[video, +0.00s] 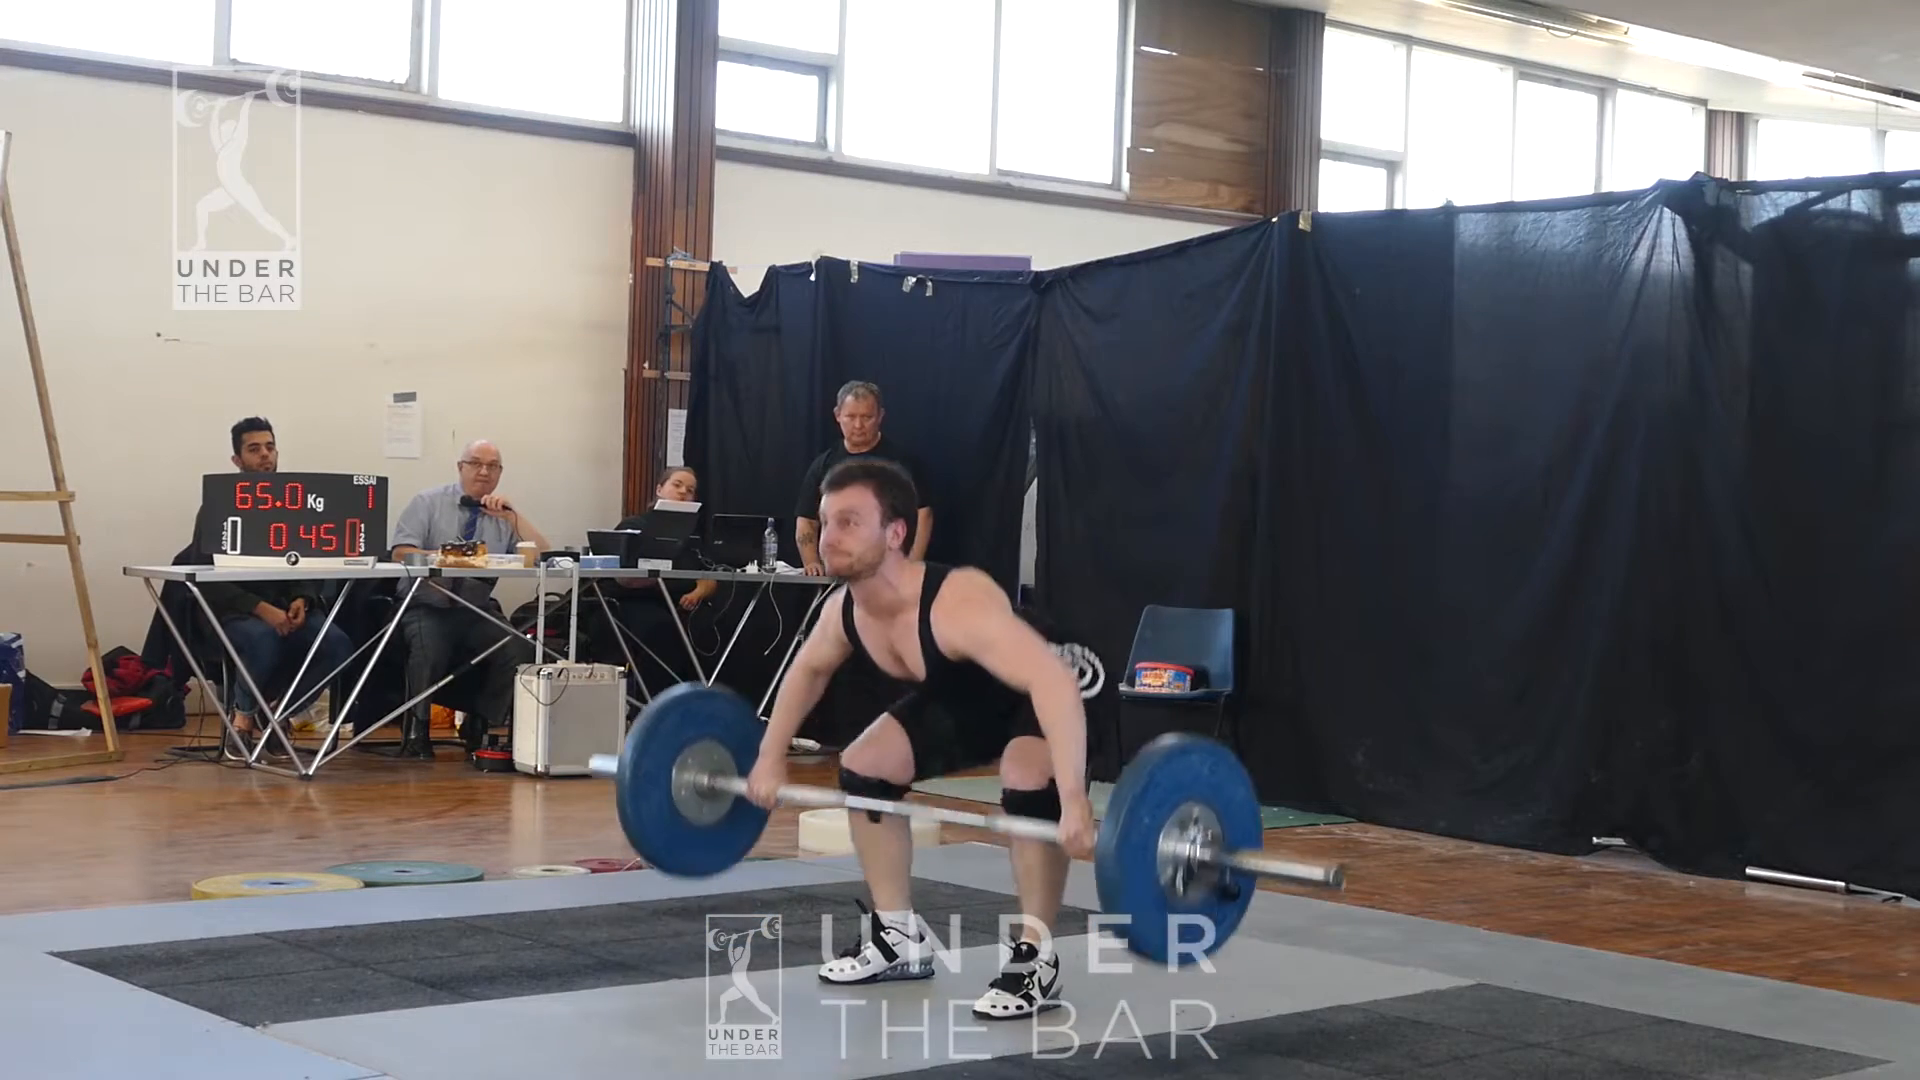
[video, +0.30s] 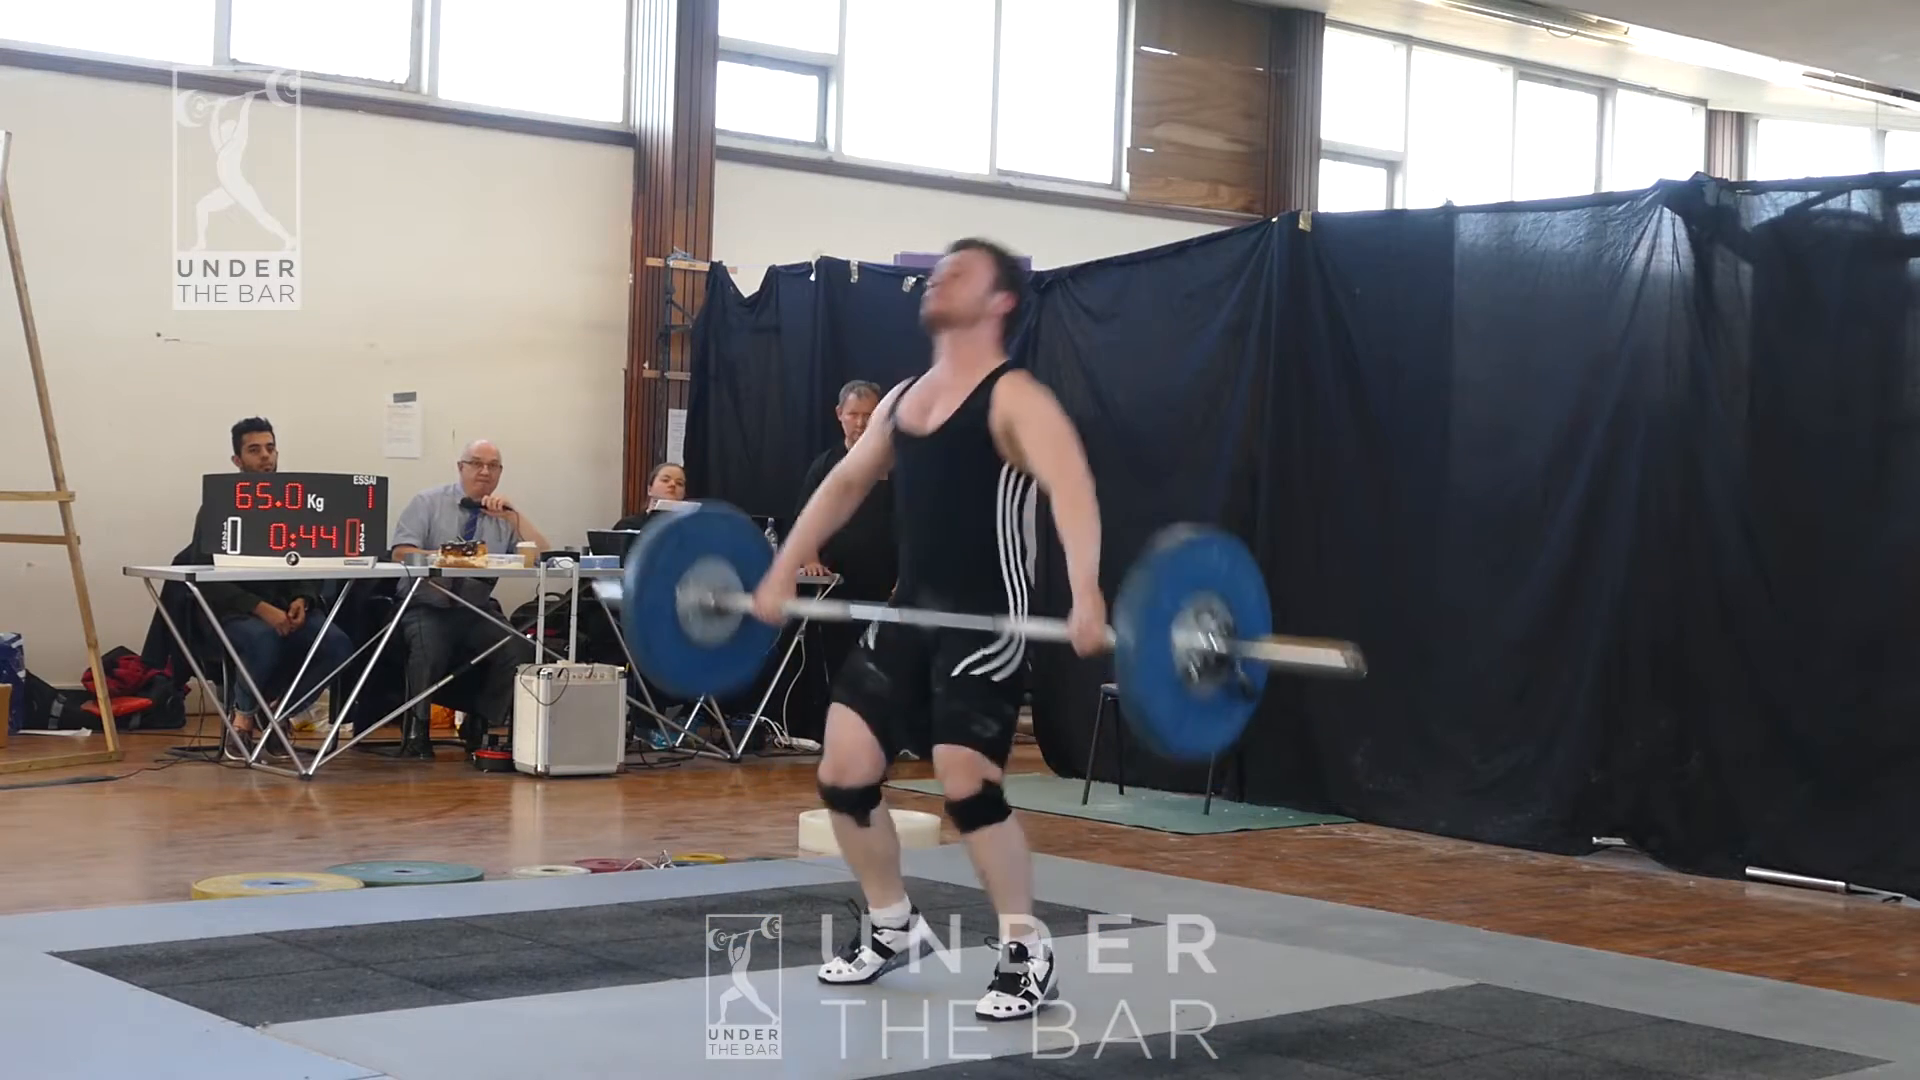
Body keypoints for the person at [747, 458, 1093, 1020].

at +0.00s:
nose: (829, 537)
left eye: (848, 523)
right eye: (825, 523)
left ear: (896, 534)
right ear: (819, 532)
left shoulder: (959, 601)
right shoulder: (843, 609)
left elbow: (1055, 681)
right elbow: (808, 670)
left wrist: (1074, 799)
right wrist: (771, 753)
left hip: (1034, 693)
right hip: (959, 699)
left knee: (1027, 782)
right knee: (864, 768)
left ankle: (1034, 955)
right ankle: (899, 936)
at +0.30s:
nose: (933, 283)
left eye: (955, 275)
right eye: (935, 275)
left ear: (1000, 304)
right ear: (936, 301)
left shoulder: (1017, 396)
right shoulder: (902, 398)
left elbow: (1073, 488)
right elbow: (844, 484)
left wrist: (1086, 592)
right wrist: (783, 568)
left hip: (987, 629)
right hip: (903, 623)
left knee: (965, 776)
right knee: (846, 770)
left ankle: (1023, 946)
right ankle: (894, 930)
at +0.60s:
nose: (948, 368)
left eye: (966, 356)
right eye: (944, 355)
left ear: (1012, 363)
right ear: (938, 359)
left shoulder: (1033, 432)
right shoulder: (924, 432)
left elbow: (1125, 449)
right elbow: (846, 431)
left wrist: (1082, 388)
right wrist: (771, 374)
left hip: (1000, 673)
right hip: (920, 666)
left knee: (1001, 791)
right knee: (791, 769)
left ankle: (1012, 956)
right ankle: (862, 916)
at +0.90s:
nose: (812, 531)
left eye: (827, 517)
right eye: (808, 517)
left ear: (876, 521)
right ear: (804, 523)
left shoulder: (928, 577)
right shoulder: (830, 578)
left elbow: (1012, 534)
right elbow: (781, 509)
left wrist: (1073, 444)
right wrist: (747, 415)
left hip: (983, 771)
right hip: (892, 777)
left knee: (945, 822)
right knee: (764, 812)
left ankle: (999, 957)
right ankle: (861, 931)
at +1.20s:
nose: (795, 486)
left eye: (809, 470)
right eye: (792, 471)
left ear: (862, 470)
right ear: (790, 474)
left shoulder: (920, 529)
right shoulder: (816, 529)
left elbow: (1006, 488)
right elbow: (772, 455)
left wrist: (1070, 396)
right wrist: (751, 368)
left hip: (980, 723)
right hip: (887, 732)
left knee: (926, 807)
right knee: (781, 807)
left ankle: (996, 959)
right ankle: (858, 928)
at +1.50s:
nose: (798, 361)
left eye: (812, 346)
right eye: (793, 348)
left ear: (864, 346)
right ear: (798, 351)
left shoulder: (922, 411)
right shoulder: (824, 416)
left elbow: (1008, 358)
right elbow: (777, 342)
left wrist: (1068, 272)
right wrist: (760, 258)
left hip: (969, 644)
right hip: (887, 640)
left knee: (951, 803)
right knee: (798, 780)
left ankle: (1000, 949)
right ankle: (848, 913)